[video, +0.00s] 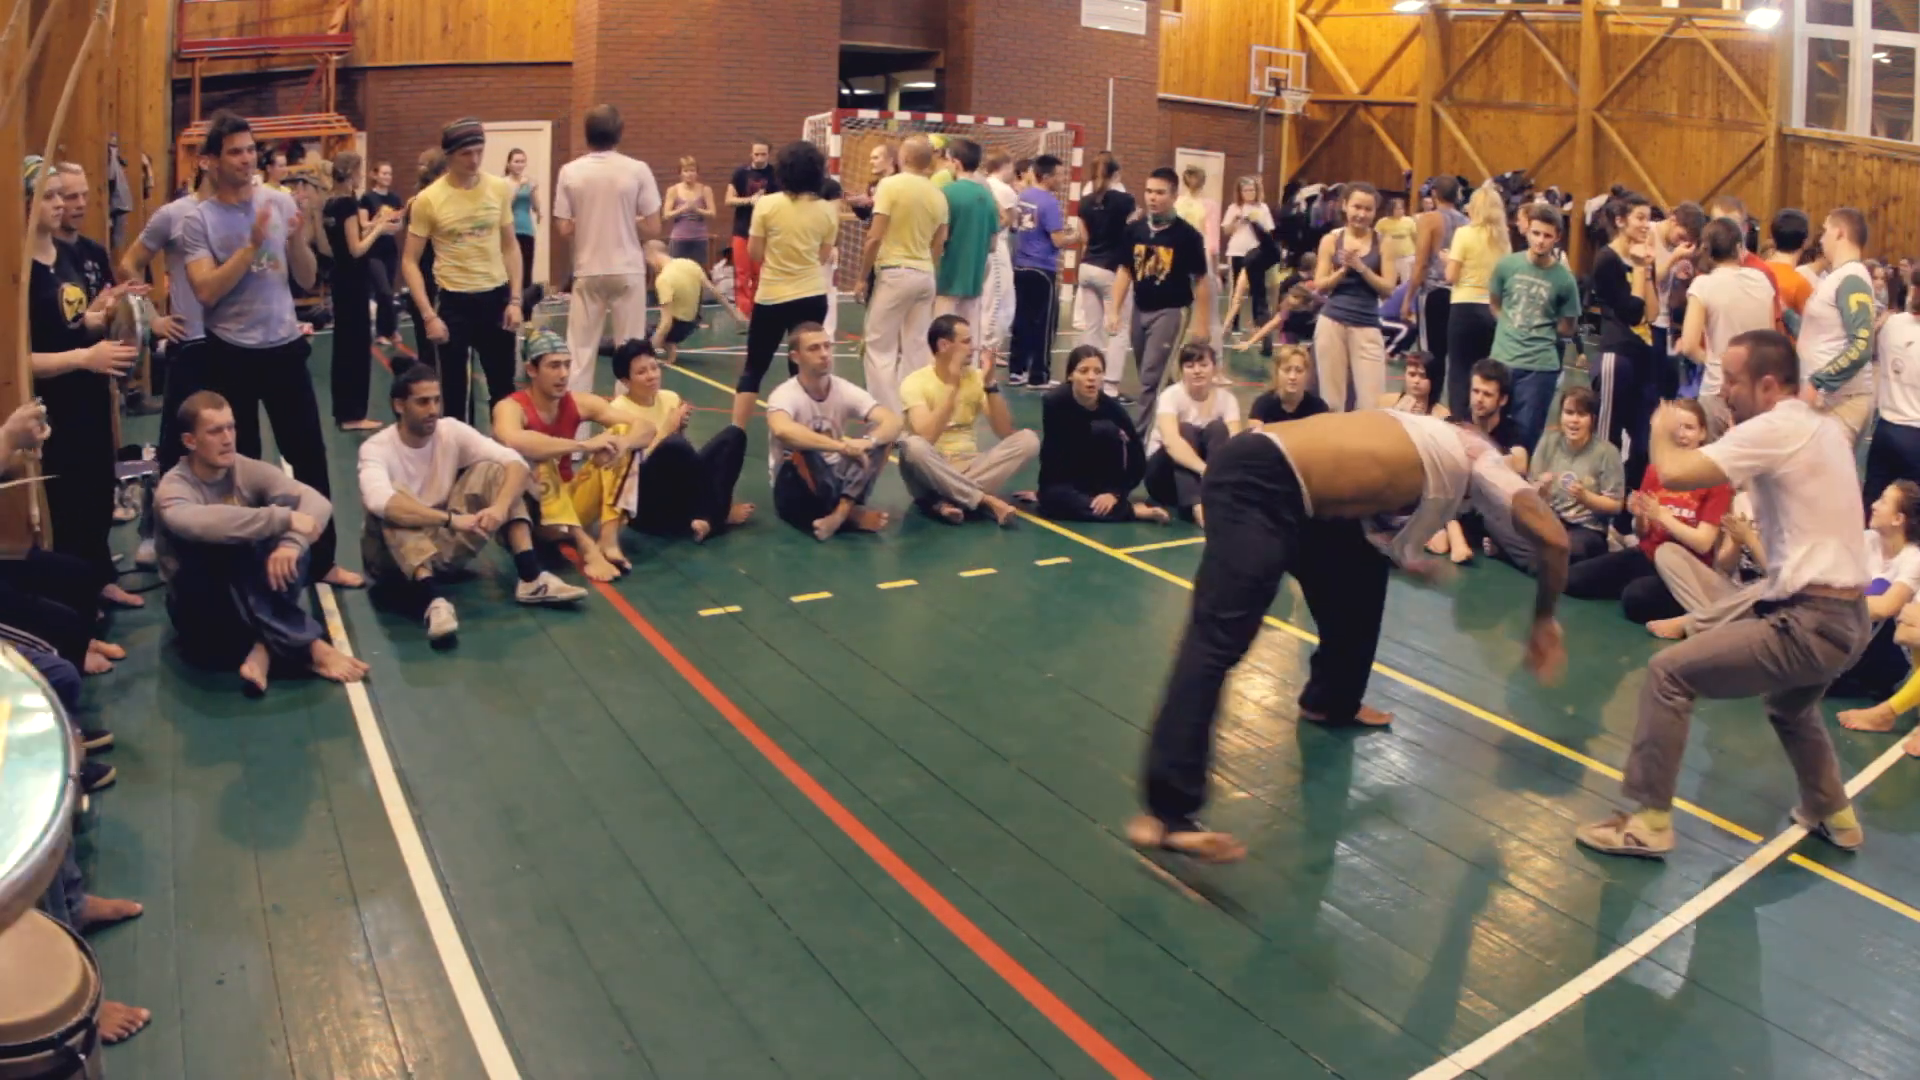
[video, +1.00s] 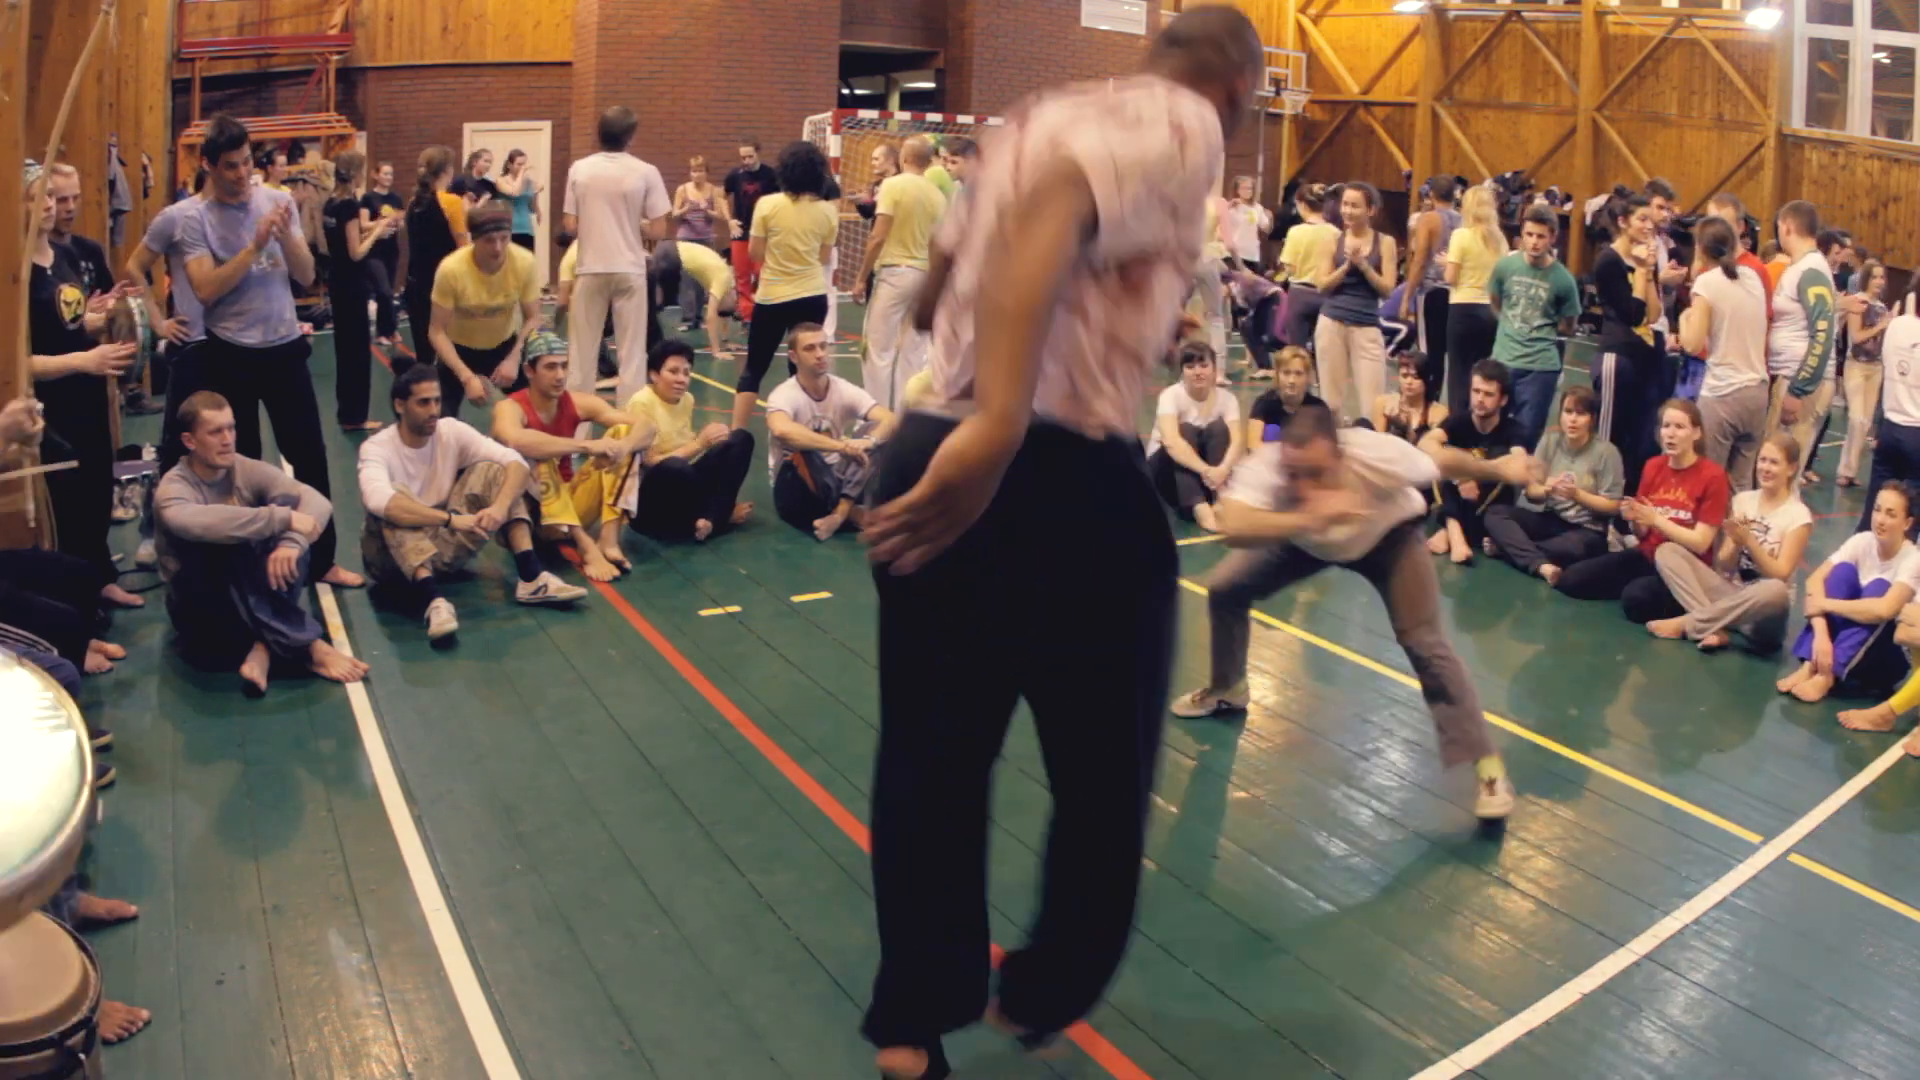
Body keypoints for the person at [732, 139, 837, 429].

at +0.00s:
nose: (771, 171)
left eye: (775, 167)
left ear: (780, 172)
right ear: (818, 172)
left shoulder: (765, 204)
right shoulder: (827, 210)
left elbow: (755, 252)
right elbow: (825, 254)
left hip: (771, 301)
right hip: (812, 299)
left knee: (753, 370)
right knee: (806, 369)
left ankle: (735, 436)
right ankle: (807, 437)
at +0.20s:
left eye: (777, 166)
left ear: (781, 170)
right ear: (818, 172)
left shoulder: (765, 205)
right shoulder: (826, 210)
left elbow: (755, 252)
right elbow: (824, 255)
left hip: (772, 300)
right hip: (813, 298)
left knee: (754, 369)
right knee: (805, 366)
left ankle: (736, 437)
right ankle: (808, 435)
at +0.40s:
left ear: (781, 171)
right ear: (818, 172)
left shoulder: (766, 204)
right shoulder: (827, 209)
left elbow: (755, 253)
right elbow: (823, 253)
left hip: (772, 300)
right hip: (813, 298)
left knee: (754, 369)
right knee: (805, 366)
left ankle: (737, 438)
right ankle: (808, 436)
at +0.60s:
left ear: (781, 171)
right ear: (818, 172)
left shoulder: (766, 205)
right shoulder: (827, 210)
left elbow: (755, 252)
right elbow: (824, 255)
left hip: (772, 300)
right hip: (813, 298)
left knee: (753, 369)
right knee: (804, 366)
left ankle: (736, 437)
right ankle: (808, 433)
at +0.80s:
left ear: (781, 171)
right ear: (819, 172)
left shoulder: (766, 205)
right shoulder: (827, 210)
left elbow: (755, 251)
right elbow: (824, 256)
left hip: (772, 300)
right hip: (813, 298)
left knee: (753, 369)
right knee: (804, 366)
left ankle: (736, 437)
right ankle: (808, 434)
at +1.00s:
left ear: (782, 171)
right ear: (820, 172)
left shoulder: (767, 205)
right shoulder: (828, 210)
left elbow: (755, 252)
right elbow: (825, 256)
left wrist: (779, 257)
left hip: (773, 300)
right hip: (813, 298)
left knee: (754, 369)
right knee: (805, 367)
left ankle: (736, 436)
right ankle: (808, 434)